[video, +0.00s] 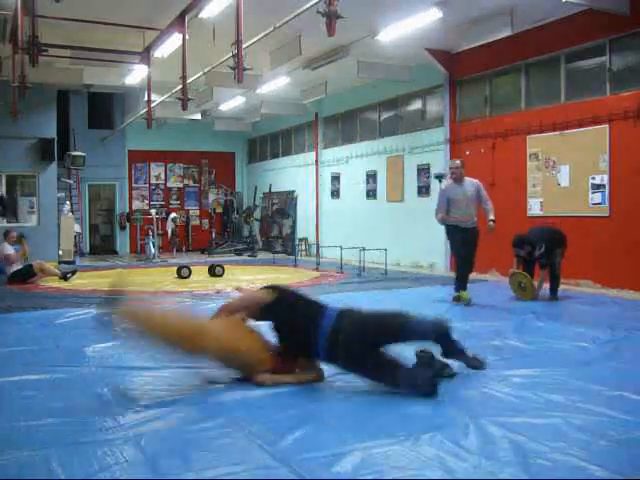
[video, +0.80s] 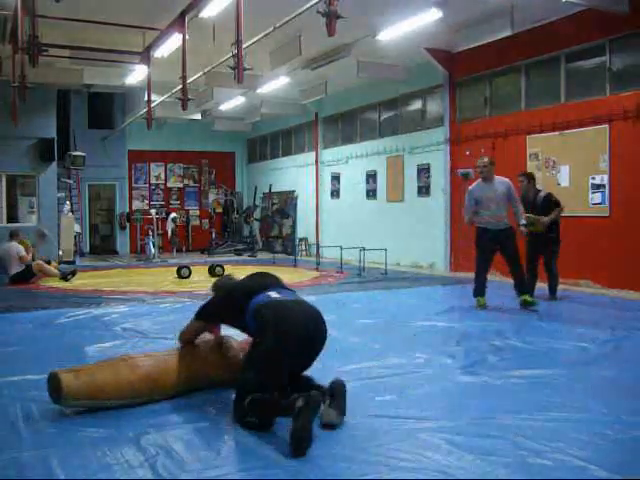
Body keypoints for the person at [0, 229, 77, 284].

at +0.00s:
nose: (14, 239)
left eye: (14, 237)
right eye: (11, 237)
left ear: (14, 238)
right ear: (7, 238)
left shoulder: (11, 247)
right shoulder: (5, 246)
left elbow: (23, 259)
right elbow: (11, 260)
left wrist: (24, 250)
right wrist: (21, 253)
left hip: (18, 273)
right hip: (13, 275)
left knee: (41, 265)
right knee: (39, 265)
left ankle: (62, 274)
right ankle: (62, 275)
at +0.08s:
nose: (14, 240)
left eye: (15, 237)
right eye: (11, 238)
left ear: (16, 238)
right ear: (7, 239)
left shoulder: (16, 247)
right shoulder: (4, 247)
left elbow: (23, 261)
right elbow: (6, 260)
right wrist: (14, 249)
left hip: (20, 271)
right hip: (12, 274)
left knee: (39, 264)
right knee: (38, 265)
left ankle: (61, 274)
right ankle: (61, 275)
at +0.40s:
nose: (17, 240)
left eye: (18, 238)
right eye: (15, 238)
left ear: (20, 238)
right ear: (10, 238)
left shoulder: (20, 247)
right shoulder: (6, 247)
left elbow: (26, 259)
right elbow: (2, 259)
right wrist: (10, 254)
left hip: (23, 272)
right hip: (13, 275)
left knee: (40, 264)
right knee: (39, 264)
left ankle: (62, 274)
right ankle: (61, 275)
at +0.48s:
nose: (19, 240)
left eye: (19, 238)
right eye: (16, 238)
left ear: (20, 237)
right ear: (11, 238)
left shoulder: (20, 246)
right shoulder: (6, 246)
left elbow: (25, 259)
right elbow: (3, 257)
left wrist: (34, 253)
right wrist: (15, 256)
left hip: (23, 272)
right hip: (13, 275)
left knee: (42, 263)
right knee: (38, 264)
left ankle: (62, 274)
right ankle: (62, 276)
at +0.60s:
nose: (19, 238)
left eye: (19, 236)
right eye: (17, 236)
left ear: (13, 237)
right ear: (12, 237)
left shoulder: (13, 246)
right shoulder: (8, 245)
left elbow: (16, 259)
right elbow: (11, 259)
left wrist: (26, 254)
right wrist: (22, 254)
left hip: (20, 272)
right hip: (15, 275)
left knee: (40, 264)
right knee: (39, 264)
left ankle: (62, 274)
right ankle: (62, 276)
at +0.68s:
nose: (21, 238)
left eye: (20, 236)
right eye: (19, 236)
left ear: (13, 237)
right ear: (14, 237)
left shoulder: (13, 245)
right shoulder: (11, 245)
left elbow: (19, 260)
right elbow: (20, 259)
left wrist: (27, 253)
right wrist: (29, 252)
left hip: (19, 272)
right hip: (15, 275)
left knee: (42, 263)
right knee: (39, 264)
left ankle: (63, 274)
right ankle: (62, 276)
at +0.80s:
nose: (21, 238)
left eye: (20, 236)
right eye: (20, 236)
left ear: (10, 237)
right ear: (17, 237)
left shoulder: (4, 246)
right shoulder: (16, 246)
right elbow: (27, 260)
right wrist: (30, 252)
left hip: (12, 276)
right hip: (18, 275)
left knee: (42, 264)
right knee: (39, 264)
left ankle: (63, 274)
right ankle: (62, 275)